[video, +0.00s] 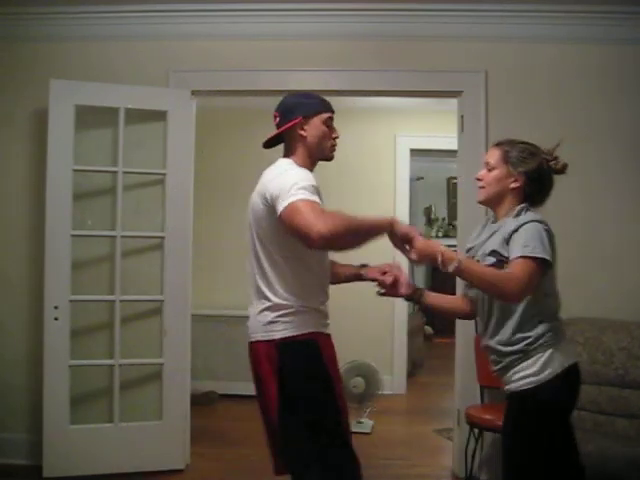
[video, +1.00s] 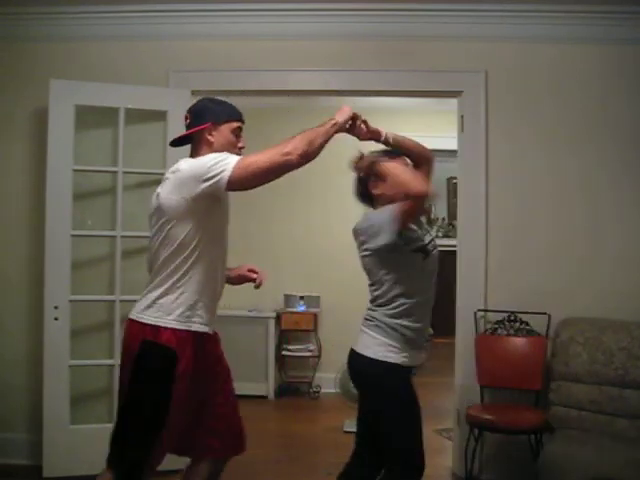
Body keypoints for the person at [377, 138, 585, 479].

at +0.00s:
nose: (478, 175)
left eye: (488, 168)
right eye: (481, 168)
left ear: (515, 180)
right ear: (511, 181)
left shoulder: (530, 228)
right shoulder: (485, 235)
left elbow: (514, 287)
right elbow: (471, 305)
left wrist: (444, 257)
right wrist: (412, 291)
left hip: (544, 378)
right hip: (518, 378)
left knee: (523, 470)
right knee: (550, 470)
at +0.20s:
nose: (456, 173)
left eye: (465, 166)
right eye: (460, 166)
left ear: (492, 178)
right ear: (488, 179)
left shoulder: (501, 226)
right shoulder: (477, 226)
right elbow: (435, 289)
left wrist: (391, 218)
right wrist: (388, 270)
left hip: (513, 381)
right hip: (489, 379)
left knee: (495, 474)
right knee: (476, 470)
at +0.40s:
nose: (420, 177)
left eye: (427, 169)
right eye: (421, 170)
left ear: (450, 179)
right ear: (454, 180)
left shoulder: (448, 224)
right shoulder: (478, 219)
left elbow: (367, 246)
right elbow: (434, 205)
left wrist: (349, 181)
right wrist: (412, 166)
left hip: (468, 373)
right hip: (489, 368)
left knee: (414, 472)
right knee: (465, 473)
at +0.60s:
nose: (394, 182)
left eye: (400, 175)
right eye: (398, 174)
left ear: (420, 184)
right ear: (440, 184)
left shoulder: (400, 231)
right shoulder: (462, 227)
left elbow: (350, 219)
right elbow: (469, 154)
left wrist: (346, 164)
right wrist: (436, 135)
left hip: (409, 372)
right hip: (456, 373)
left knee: (368, 471)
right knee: (408, 472)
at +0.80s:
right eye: (418, 172)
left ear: (381, 186)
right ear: (419, 185)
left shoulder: (366, 225)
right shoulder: (434, 226)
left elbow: (377, 177)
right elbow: (484, 179)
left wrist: (364, 144)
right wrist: (445, 155)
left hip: (369, 359)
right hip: (420, 366)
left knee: (369, 459)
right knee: (400, 466)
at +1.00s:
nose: (409, 167)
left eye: (404, 163)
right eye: (399, 164)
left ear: (387, 185)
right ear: (378, 186)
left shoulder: (407, 219)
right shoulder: (374, 224)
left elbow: (425, 158)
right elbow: (419, 193)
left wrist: (379, 134)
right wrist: (378, 168)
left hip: (393, 361)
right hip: (379, 363)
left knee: (368, 459)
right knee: (408, 465)